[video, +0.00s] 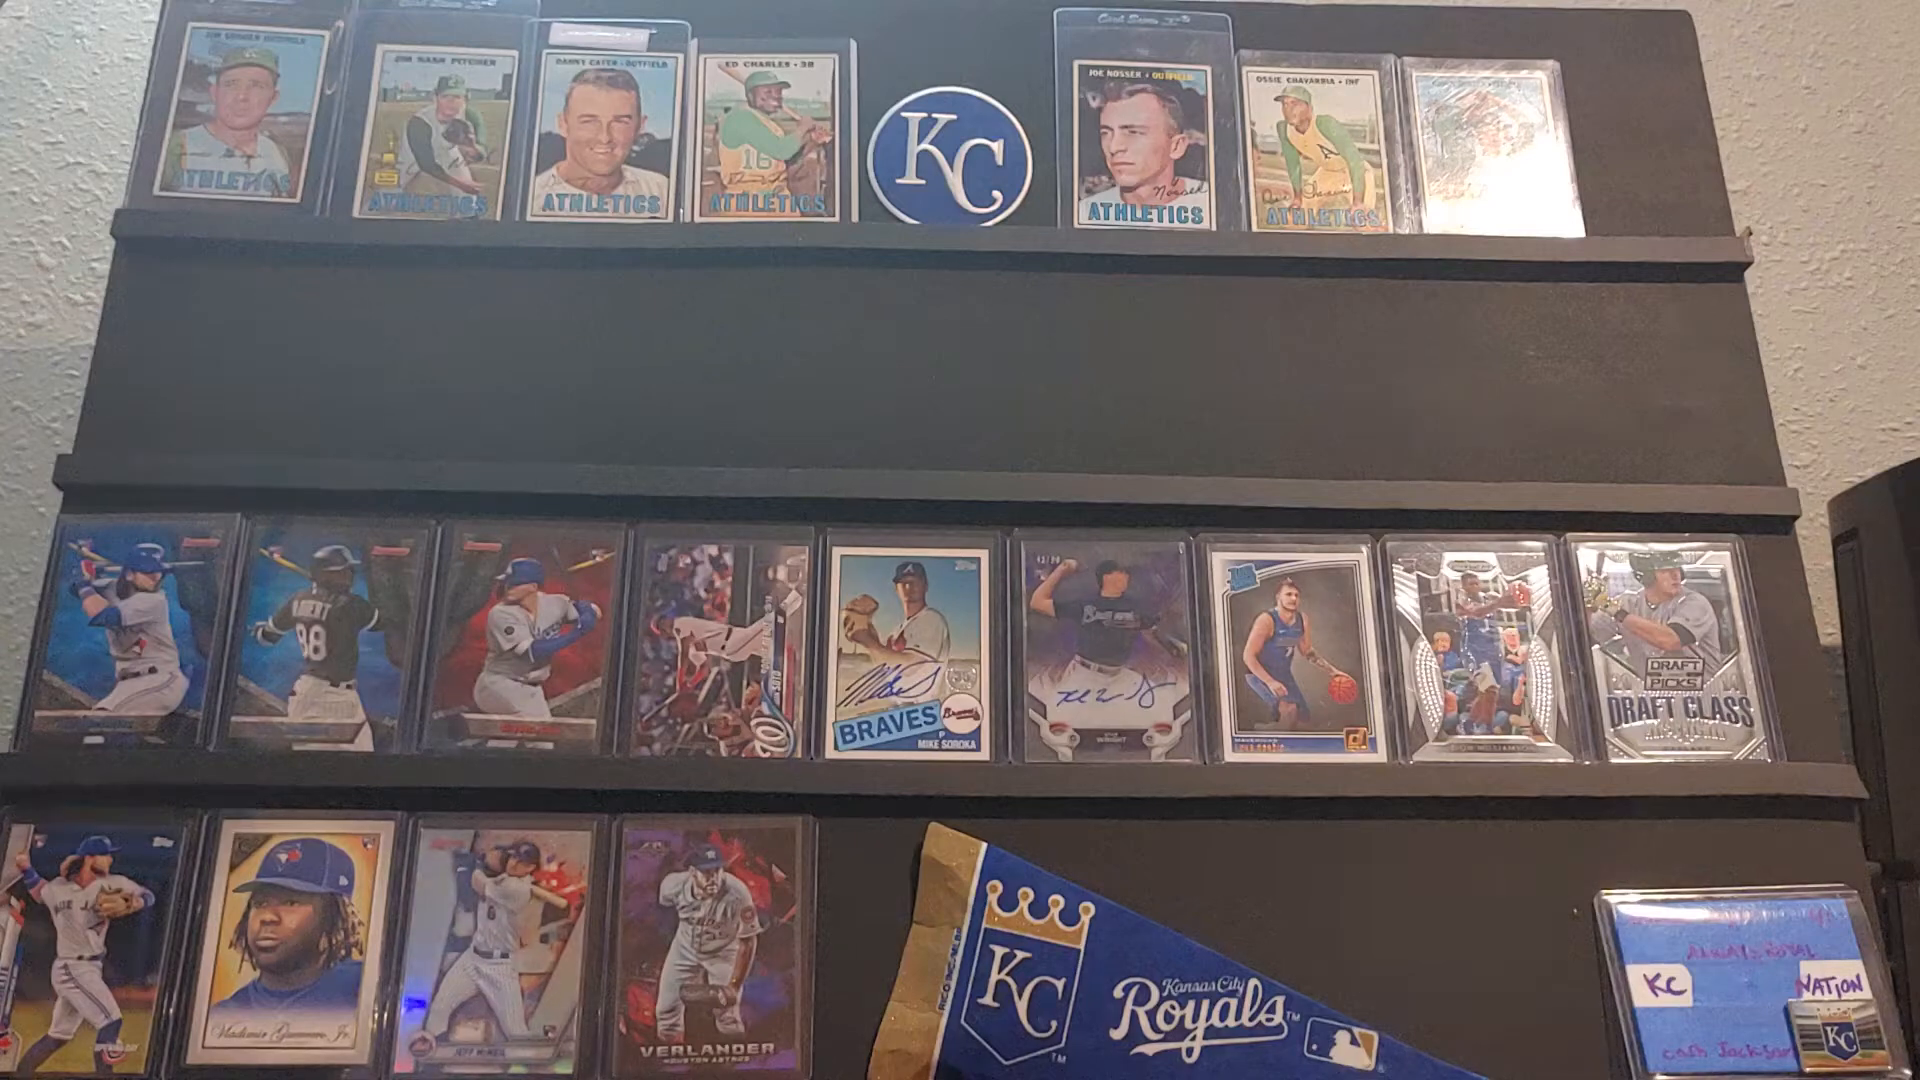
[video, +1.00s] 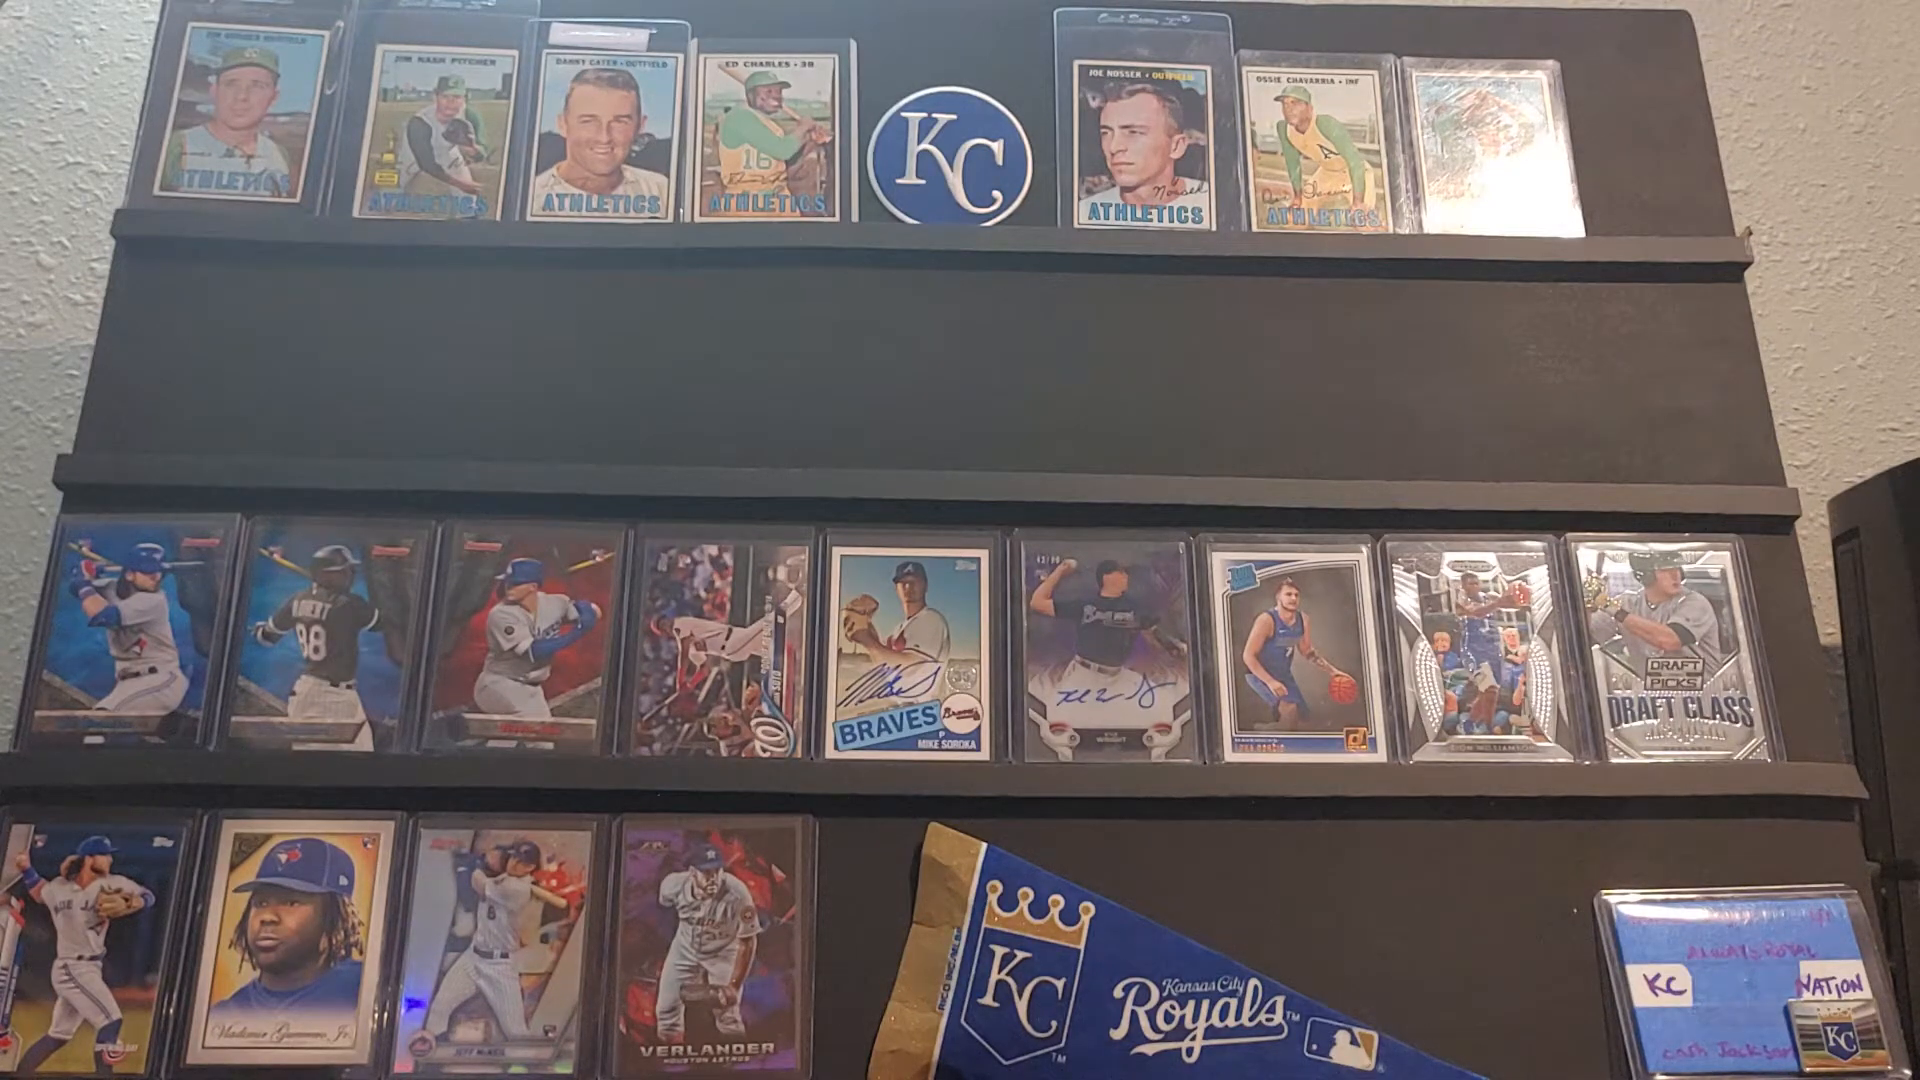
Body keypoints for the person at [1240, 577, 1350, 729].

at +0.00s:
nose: (1293, 599)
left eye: (1296, 595)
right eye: (1288, 595)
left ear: (1299, 599)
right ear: (1278, 598)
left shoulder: (1302, 619)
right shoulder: (1266, 620)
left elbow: (1307, 651)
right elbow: (1248, 656)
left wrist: (1333, 672)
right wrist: (1270, 682)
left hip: (1283, 673)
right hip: (1260, 673)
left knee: (1303, 716)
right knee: (1289, 708)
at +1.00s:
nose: (1293, 599)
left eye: (1296, 595)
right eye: (1288, 595)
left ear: (1299, 598)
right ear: (1278, 598)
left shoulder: (1302, 619)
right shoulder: (1266, 620)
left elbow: (1307, 651)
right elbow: (1248, 656)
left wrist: (1333, 671)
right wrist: (1270, 682)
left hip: (1283, 673)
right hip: (1260, 673)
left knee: (1302, 715)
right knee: (1289, 706)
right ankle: (1285, 750)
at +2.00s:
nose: (1293, 599)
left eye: (1296, 595)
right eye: (1288, 595)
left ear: (1299, 598)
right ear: (1278, 598)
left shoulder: (1302, 619)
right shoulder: (1265, 620)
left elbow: (1307, 651)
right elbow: (1248, 656)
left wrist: (1333, 671)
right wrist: (1270, 682)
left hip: (1283, 673)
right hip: (1260, 673)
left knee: (1302, 716)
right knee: (1289, 707)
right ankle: (1284, 750)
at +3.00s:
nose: (1293, 599)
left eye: (1296, 595)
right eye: (1288, 595)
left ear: (1299, 598)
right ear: (1278, 598)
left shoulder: (1302, 619)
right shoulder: (1266, 620)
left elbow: (1307, 650)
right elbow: (1248, 656)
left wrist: (1333, 671)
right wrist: (1270, 681)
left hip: (1283, 672)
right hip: (1260, 672)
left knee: (1301, 713)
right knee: (1289, 706)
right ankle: (1283, 749)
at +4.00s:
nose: (1294, 599)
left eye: (1296, 595)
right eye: (1288, 595)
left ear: (1299, 598)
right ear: (1278, 598)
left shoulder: (1302, 619)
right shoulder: (1266, 620)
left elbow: (1307, 650)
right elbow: (1248, 656)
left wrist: (1333, 671)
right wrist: (1270, 681)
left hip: (1283, 673)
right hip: (1260, 673)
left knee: (1302, 713)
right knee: (1289, 707)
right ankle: (1281, 750)